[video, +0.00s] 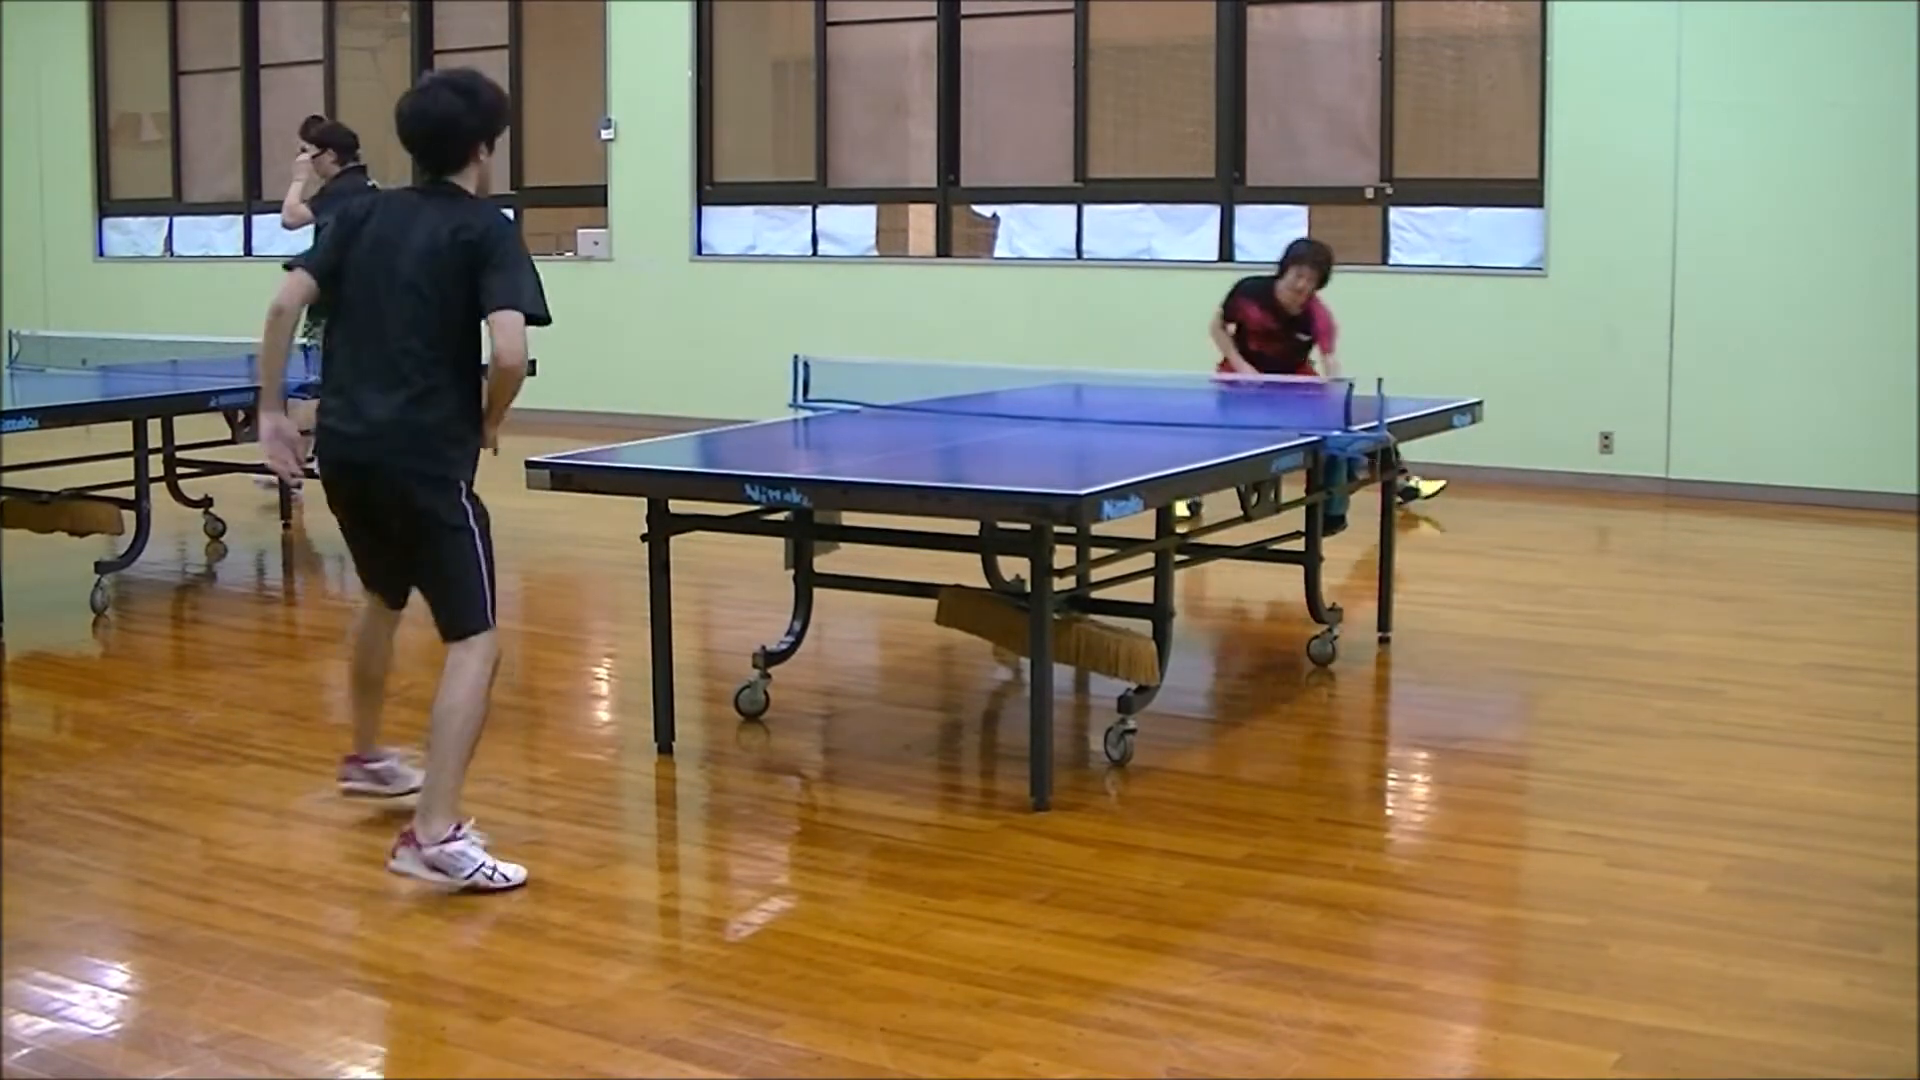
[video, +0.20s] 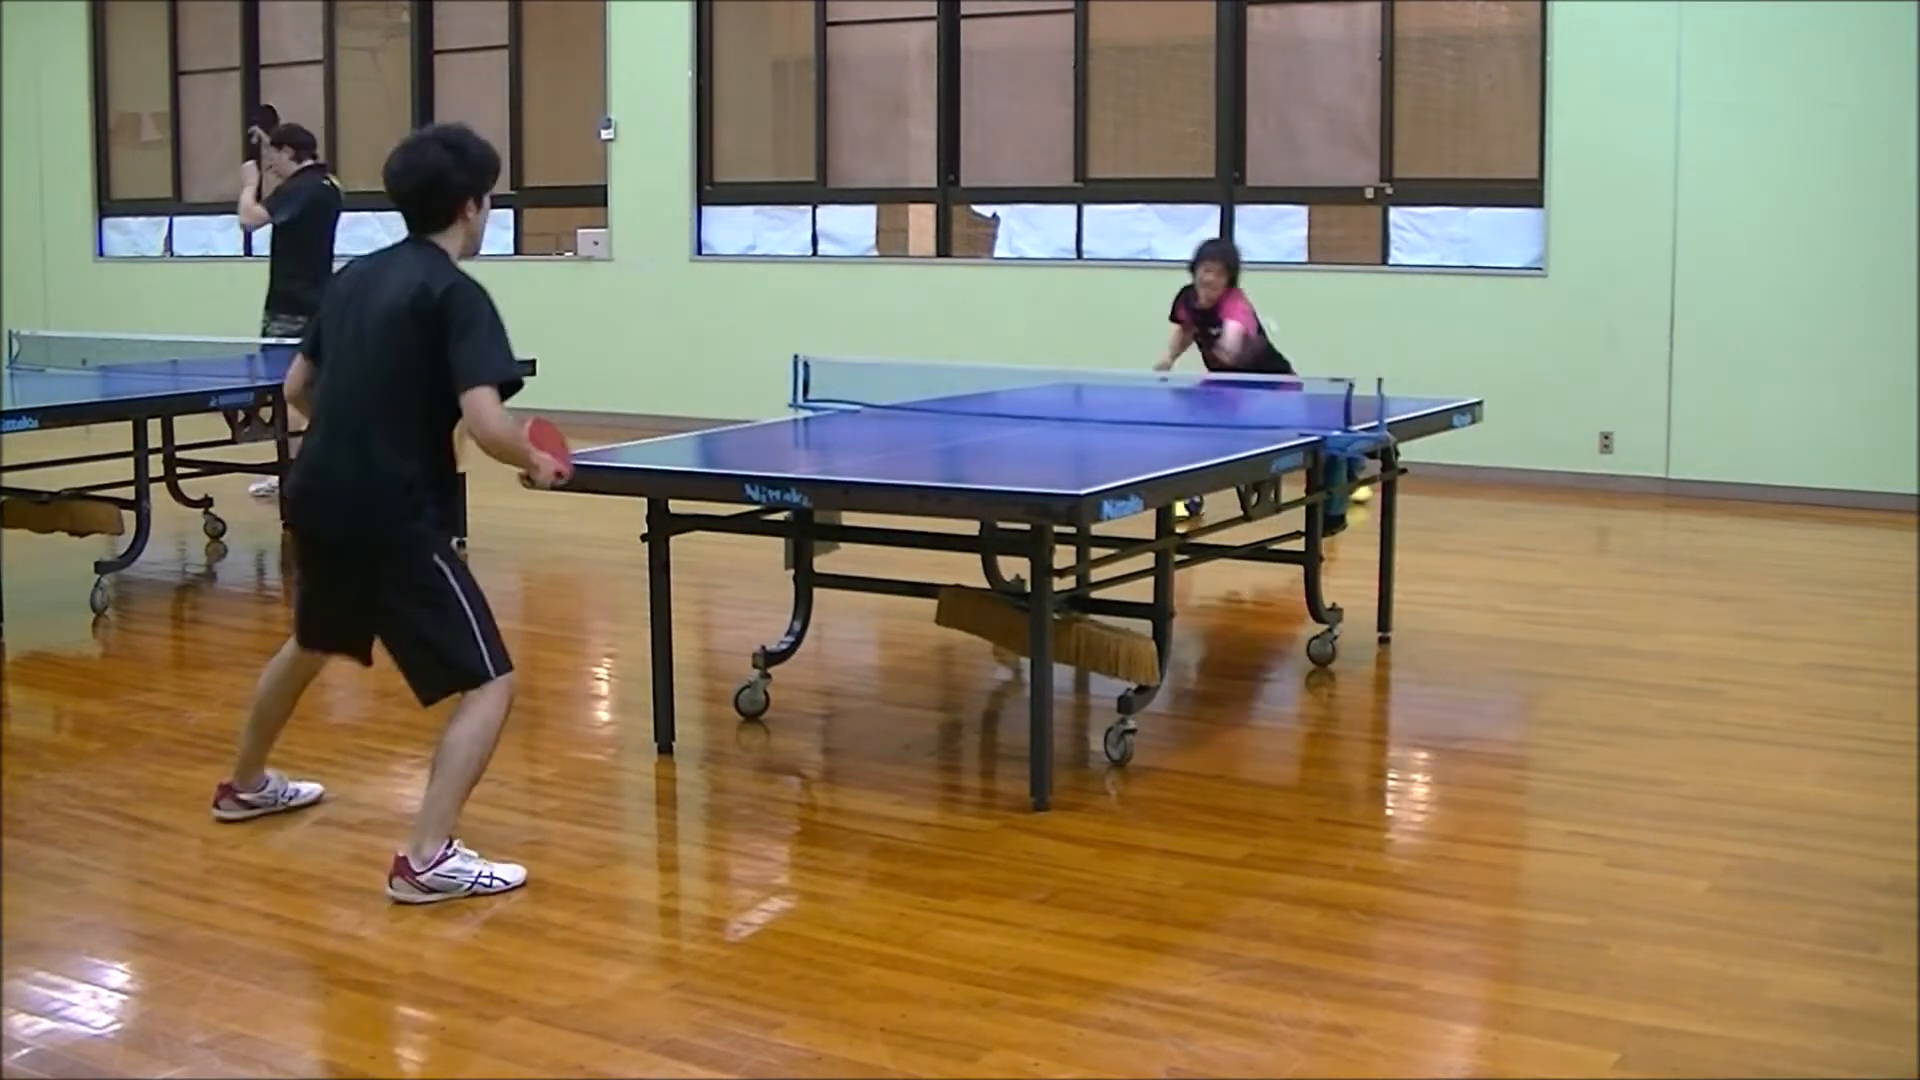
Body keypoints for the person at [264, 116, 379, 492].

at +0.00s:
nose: (305, 160)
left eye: (310, 153)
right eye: (304, 153)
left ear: (334, 156)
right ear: (345, 156)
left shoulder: (340, 192)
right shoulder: (367, 189)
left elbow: (290, 218)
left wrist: (299, 179)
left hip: (335, 308)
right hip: (362, 306)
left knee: (311, 386)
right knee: (347, 387)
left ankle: (291, 463)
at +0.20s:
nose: (269, 163)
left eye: (271, 156)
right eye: (268, 157)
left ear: (290, 153)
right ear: (302, 153)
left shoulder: (305, 186)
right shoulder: (324, 185)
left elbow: (250, 218)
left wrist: (249, 186)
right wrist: (264, 185)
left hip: (290, 310)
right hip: (311, 307)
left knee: (282, 397)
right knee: (300, 394)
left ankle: (291, 473)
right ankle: (299, 471)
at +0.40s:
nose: (244, 157)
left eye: (245, 151)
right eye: (244, 151)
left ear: (253, 154)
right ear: (283, 153)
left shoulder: (259, 188)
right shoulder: (296, 182)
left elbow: (208, 220)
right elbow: (255, 178)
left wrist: (203, 196)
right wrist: (244, 136)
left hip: (259, 302)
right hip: (285, 298)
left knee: (253, 392)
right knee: (269, 389)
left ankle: (274, 472)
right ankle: (272, 467)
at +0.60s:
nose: (217, 156)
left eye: (219, 153)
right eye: (220, 153)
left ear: (225, 158)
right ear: (253, 157)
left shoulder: (224, 194)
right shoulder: (263, 186)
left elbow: (180, 236)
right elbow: (234, 152)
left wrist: (177, 209)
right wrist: (198, 135)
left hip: (227, 306)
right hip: (253, 299)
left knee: (228, 389)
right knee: (239, 385)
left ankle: (273, 469)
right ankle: (221, 471)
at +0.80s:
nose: (186, 155)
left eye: (189, 151)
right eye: (188, 151)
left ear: (196, 156)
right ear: (222, 156)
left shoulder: (201, 188)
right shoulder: (234, 184)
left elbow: (175, 240)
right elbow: (188, 151)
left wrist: (156, 217)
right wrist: (152, 134)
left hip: (195, 303)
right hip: (225, 302)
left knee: (165, 377)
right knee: (209, 383)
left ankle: (213, 436)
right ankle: (218, 479)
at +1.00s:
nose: (153, 161)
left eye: (156, 157)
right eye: (154, 157)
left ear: (165, 162)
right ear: (186, 158)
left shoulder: (172, 190)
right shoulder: (201, 184)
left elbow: (147, 243)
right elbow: (152, 151)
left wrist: (129, 215)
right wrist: (115, 132)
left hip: (164, 305)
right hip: (198, 303)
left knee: (141, 381)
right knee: (209, 389)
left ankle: (130, 459)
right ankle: (218, 465)